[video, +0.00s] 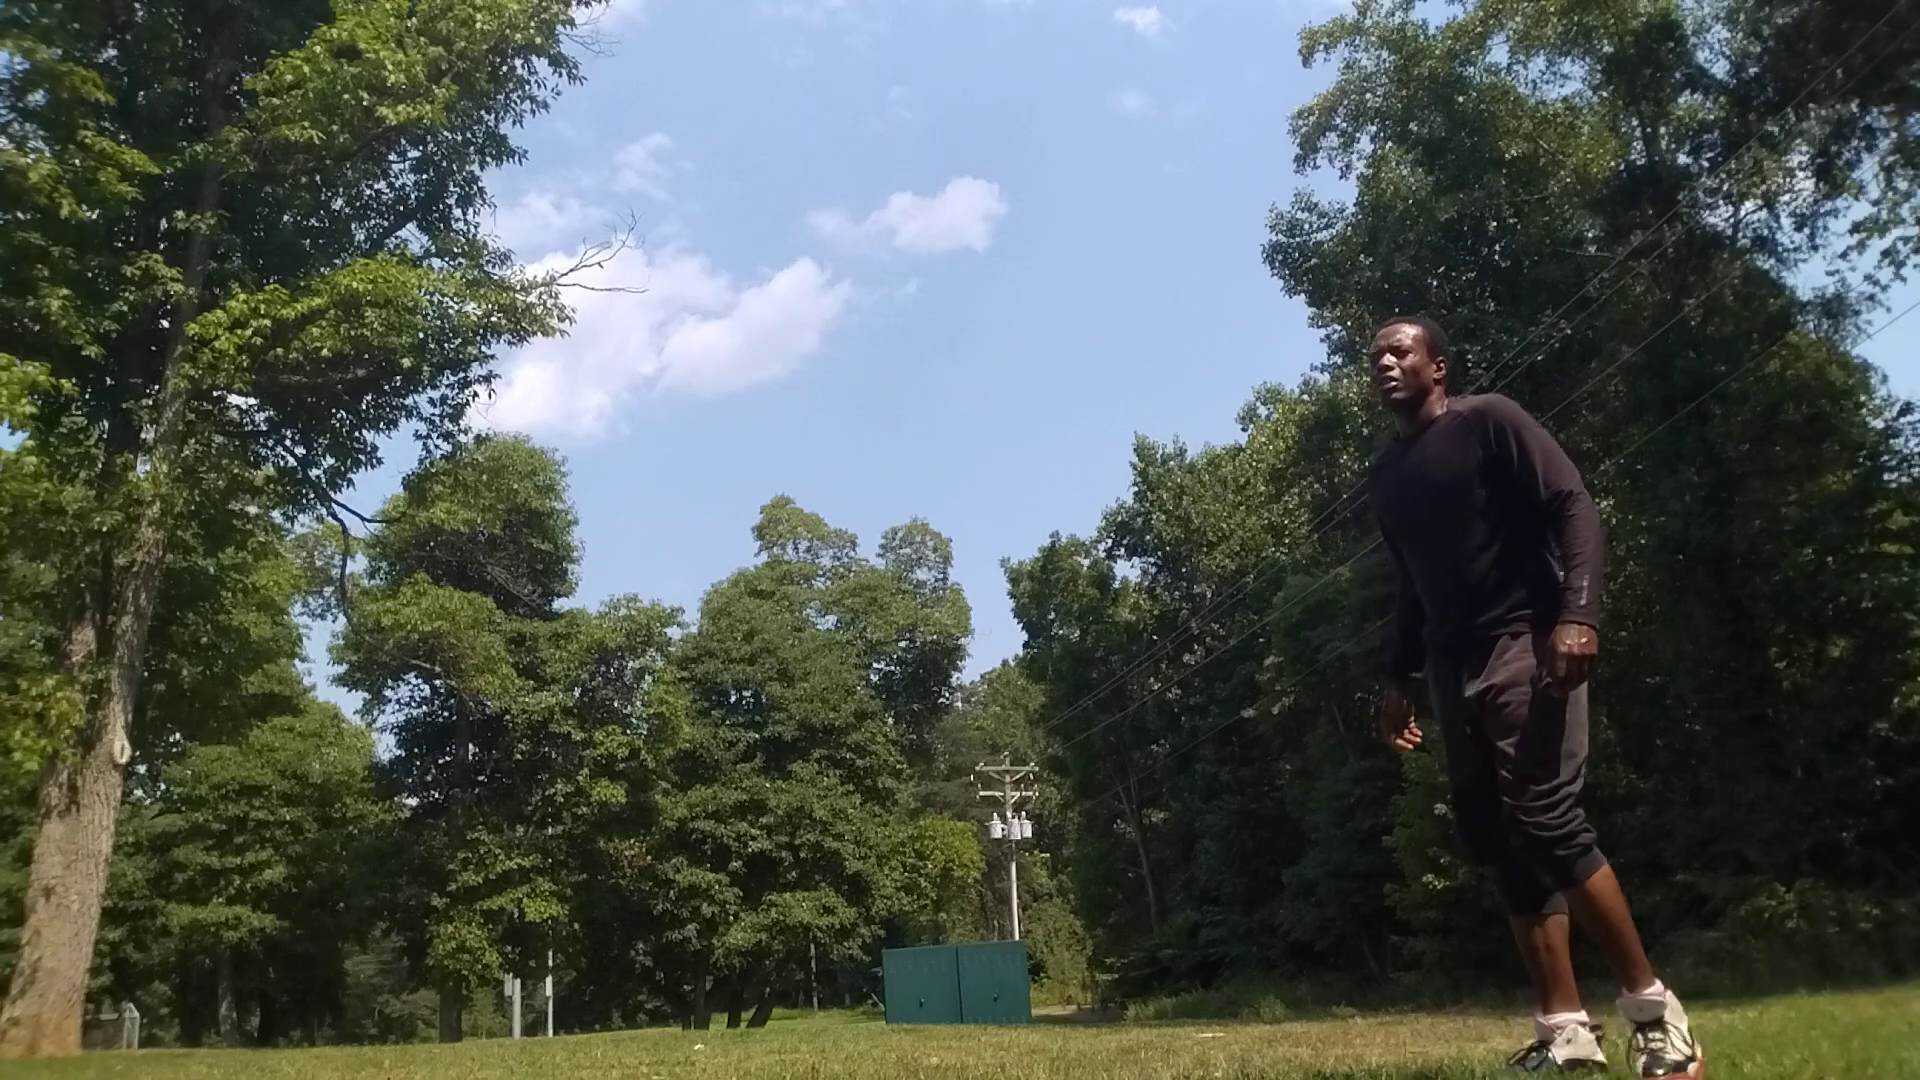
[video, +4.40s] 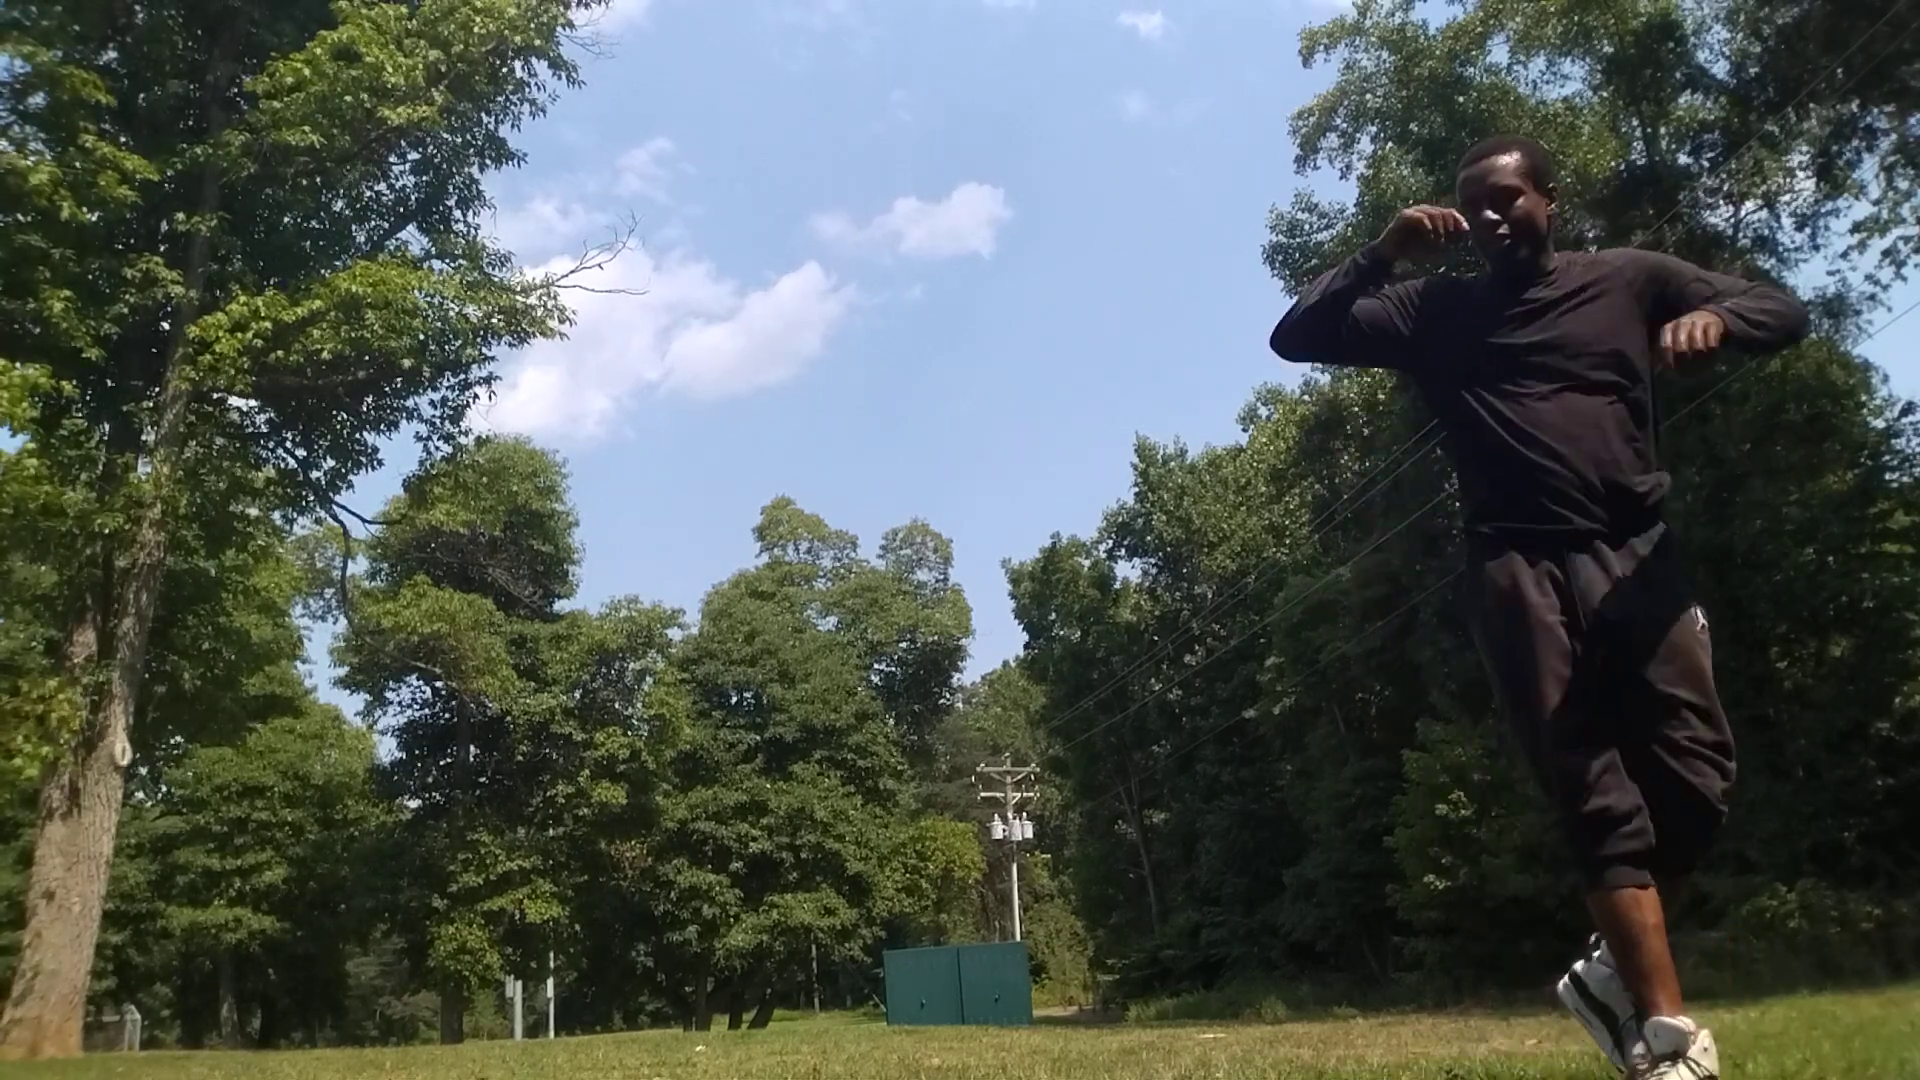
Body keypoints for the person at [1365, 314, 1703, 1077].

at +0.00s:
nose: (1383, 364)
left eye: (1398, 352)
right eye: (1376, 356)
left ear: (1437, 366)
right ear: (1373, 376)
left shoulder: (1491, 418)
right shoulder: (1385, 474)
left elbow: (1574, 506)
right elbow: (1412, 583)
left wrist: (1579, 613)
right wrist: (1398, 677)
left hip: (1529, 643)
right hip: (1457, 665)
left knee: (1547, 816)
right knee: (1499, 834)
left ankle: (1650, 1005)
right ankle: (1565, 1032)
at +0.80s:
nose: (1502, 341)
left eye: (1514, 325)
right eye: (1501, 330)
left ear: (1562, 326)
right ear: (1536, 337)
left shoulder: (1642, 388)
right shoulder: (1519, 435)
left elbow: (1730, 471)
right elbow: (1522, 544)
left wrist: (1610, 495)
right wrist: (1501, 579)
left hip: (1652, 632)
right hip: (1561, 645)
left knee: (1692, 824)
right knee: (1558, 829)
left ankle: (1733, 1033)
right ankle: (1577, 1029)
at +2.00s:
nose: (1429, 371)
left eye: (1437, 358)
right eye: (1429, 361)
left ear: (1479, 358)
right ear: (1467, 362)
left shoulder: (1539, 403)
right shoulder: (1456, 448)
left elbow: (1554, 464)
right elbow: (1476, 548)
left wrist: (1441, 453)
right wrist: (1426, 565)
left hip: (1550, 637)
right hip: (1479, 652)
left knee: (1628, 835)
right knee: (1512, 844)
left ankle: (1723, 1031)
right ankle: (1574, 1032)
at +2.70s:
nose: (1384, 376)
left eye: (1394, 358)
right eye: (1381, 367)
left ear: (1436, 360)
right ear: (1397, 383)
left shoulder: (1483, 418)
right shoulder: (1403, 469)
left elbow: (1429, 355)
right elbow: (1405, 574)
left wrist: (1354, 397)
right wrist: (1346, 584)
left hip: (1510, 628)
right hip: (1439, 651)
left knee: (1564, 822)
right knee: (1494, 839)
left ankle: (1666, 1015)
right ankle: (1574, 1029)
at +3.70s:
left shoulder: (1574, 338)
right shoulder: (1442, 388)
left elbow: (1556, 235)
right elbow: (1417, 485)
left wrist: (1460, 320)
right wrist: (1395, 506)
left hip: (1574, 585)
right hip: (1466, 600)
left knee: (1591, 810)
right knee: (1466, 806)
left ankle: (1609, 1035)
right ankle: (1511, 1029)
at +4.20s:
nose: (1505, 256)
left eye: (1523, 238)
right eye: (1492, 243)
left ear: (1563, 244)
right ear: (1476, 252)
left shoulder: (1617, 303)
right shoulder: (1443, 341)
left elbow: (1710, 214)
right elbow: (1324, 418)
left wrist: (1566, 246)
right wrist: (1353, 338)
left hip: (1621, 574)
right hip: (1515, 586)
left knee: (1626, 798)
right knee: (1597, 799)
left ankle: (1613, 1019)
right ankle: (1669, 1036)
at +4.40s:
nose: (1490, 212)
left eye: (1505, 194)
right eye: (1474, 202)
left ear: (1549, 200)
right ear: (1461, 222)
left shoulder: (1630, 276)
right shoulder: (1434, 310)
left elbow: (1785, 310)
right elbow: (1296, 335)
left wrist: (1724, 317)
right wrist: (1384, 251)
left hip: (1639, 557)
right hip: (1523, 574)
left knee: (1697, 782)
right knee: (1595, 797)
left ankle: (1607, 976)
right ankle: (1669, 1031)